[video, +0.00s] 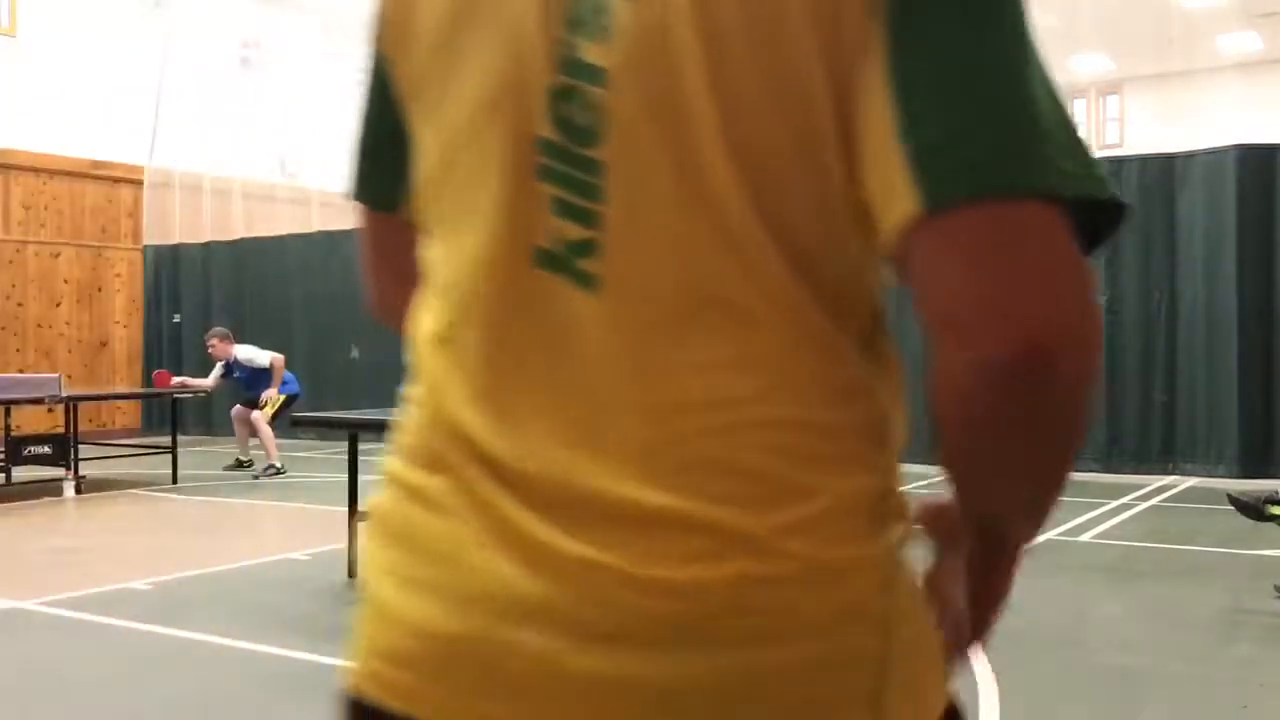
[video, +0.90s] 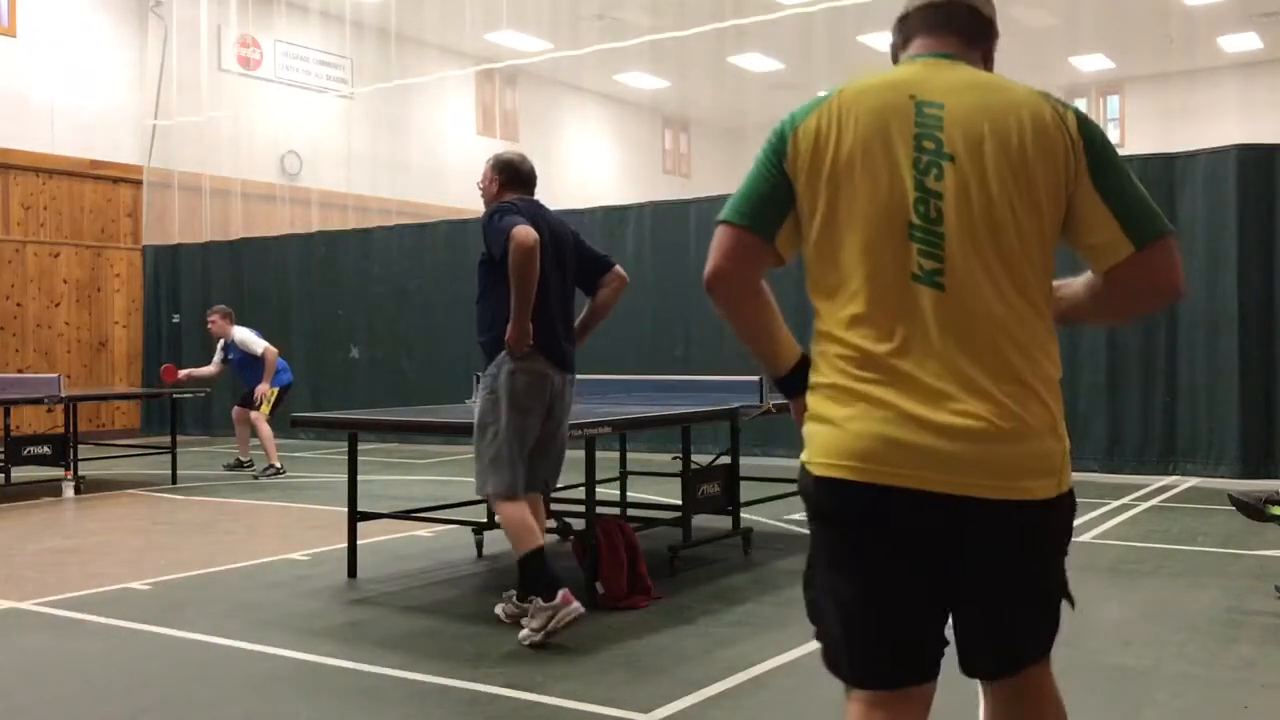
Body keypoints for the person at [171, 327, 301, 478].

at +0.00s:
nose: (209, 351)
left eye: (212, 346)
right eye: (208, 347)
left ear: (226, 343)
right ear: (223, 345)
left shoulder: (243, 353)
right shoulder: (224, 362)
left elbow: (278, 360)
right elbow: (210, 383)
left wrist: (274, 388)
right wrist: (186, 381)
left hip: (284, 389)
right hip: (264, 390)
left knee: (257, 417)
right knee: (238, 413)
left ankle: (275, 464)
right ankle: (244, 459)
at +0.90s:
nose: (209, 327)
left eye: (212, 322)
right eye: (208, 323)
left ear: (226, 321)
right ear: (222, 323)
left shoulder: (241, 335)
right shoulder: (223, 344)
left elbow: (271, 353)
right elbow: (214, 369)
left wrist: (266, 383)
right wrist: (189, 372)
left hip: (277, 380)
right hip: (260, 381)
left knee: (257, 416)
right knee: (239, 413)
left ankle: (275, 465)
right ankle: (244, 460)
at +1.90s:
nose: (171, 342)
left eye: (174, 338)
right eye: (170, 338)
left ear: (186, 336)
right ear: (175, 337)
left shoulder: (207, 348)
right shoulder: (174, 344)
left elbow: (232, 371)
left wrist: (229, 390)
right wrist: (136, 362)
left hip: (226, 393)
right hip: (202, 394)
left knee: (235, 422)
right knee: (167, 419)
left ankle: (267, 461)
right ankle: (165, 461)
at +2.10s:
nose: (158, 344)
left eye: (161, 341)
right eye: (157, 341)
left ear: (174, 341)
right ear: (165, 341)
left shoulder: (195, 352)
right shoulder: (161, 352)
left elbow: (226, 373)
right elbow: (128, 352)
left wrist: (236, 396)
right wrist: (113, 332)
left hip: (215, 397)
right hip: (188, 399)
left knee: (229, 424)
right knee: (159, 417)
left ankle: (264, 461)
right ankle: (164, 462)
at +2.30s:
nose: (167, 332)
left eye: (170, 327)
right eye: (167, 328)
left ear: (183, 327)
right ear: (177, 328)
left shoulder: (205, 344)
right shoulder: (175, 348)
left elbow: (231, 368)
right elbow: (157, 362)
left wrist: (235, 397)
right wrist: (133, 354)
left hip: (218, 401)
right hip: (194, 401)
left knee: (235, 425)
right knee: (166, 415)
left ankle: (268, 461)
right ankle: (164, 461)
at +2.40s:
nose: (169, 322)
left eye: (173, 318)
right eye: (169, 318)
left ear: (187, 319)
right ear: (183, 321)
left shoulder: (208, 337)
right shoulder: (183, 342)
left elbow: (231, 363)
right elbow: (180, 364)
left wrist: (221, 391)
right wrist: (154, 367)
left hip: (230, 389)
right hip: (206, 390)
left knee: (237, 422)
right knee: (173, 413)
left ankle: (269, 461)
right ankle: (169, 459)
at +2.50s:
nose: (169, 319)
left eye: (173, 314)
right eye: (169, 315)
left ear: (187, 315)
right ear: (182, 317)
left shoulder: (204, 332)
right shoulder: (186, 339)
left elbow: (225, 358)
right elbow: (194, 365)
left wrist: (200, 377)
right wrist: (167, 375)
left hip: (230, 383)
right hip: (209, 385)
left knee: (237, 421)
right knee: (177, 411)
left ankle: (268, 460)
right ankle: (176, 458)